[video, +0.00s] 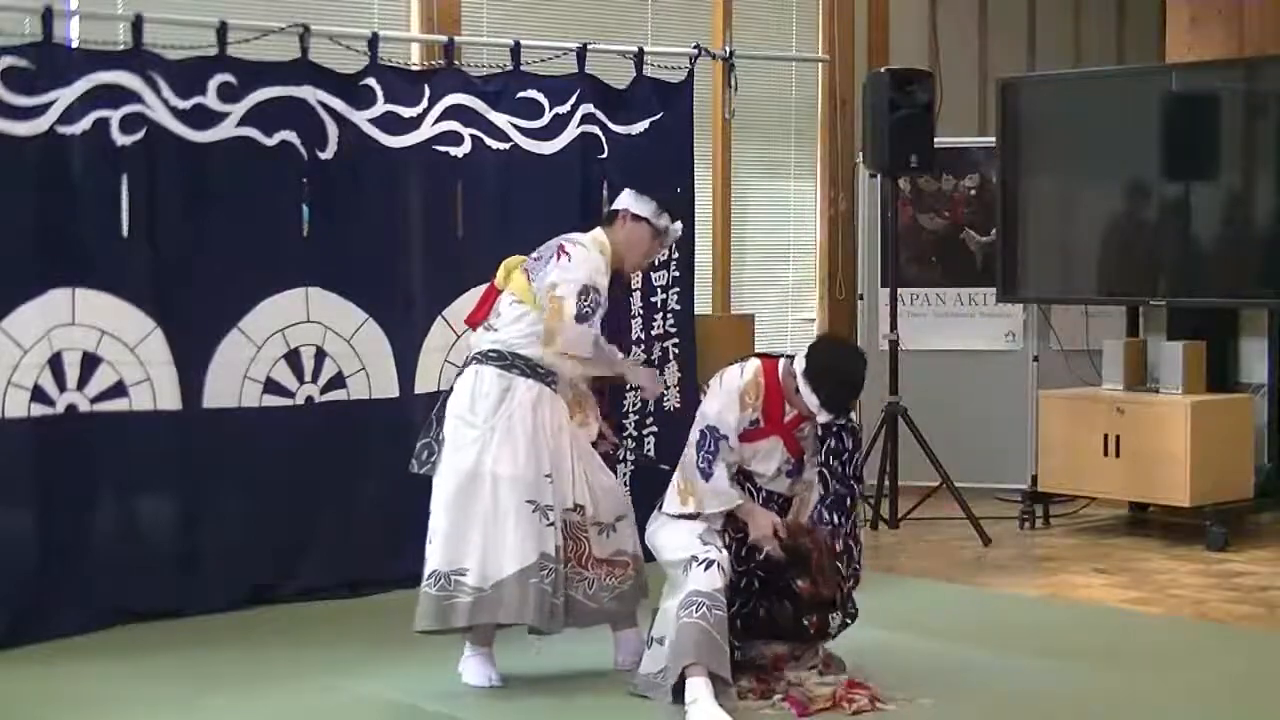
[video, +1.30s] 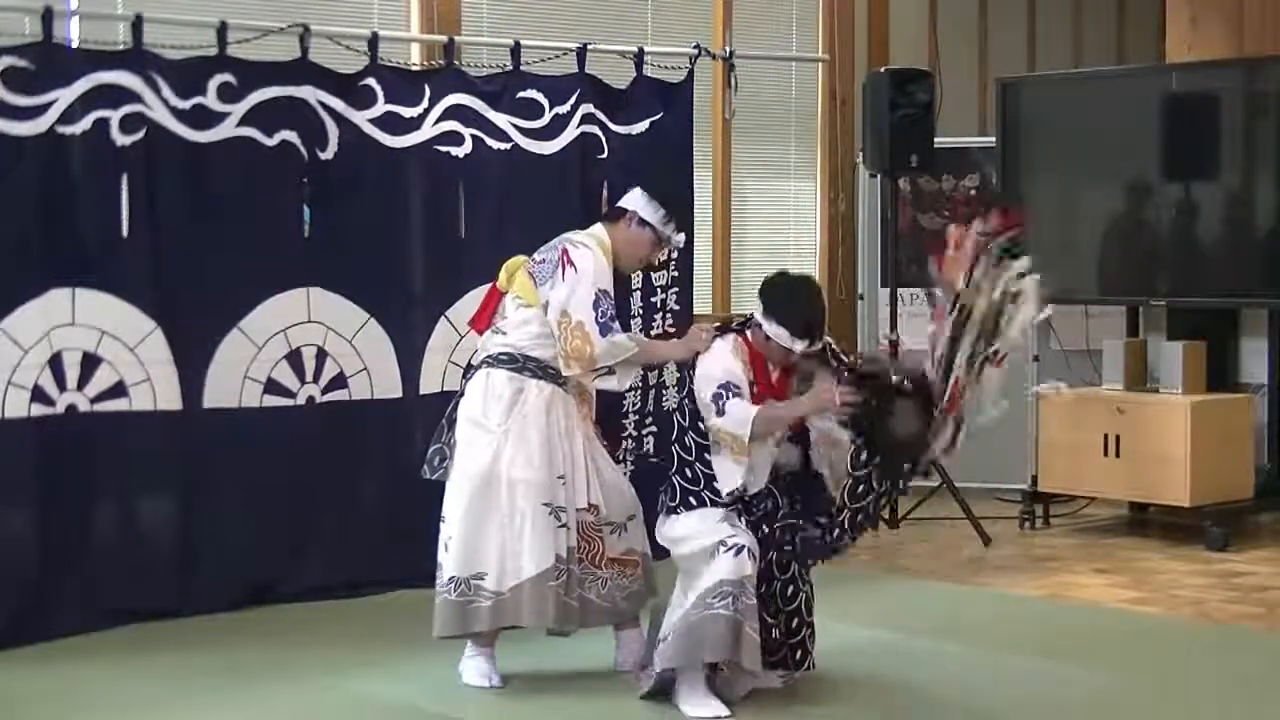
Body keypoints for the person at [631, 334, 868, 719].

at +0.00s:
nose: (818, 417)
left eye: (829, 412)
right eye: (814, 406)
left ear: (844, 395)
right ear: (798, 376)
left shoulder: (825, 414)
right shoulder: (739, 384)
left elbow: (810, 481)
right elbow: (703, 463)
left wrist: (795, 531)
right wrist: (748, 511)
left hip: (758, 522)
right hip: (693, 514)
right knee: (708, 564)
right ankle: (698, 690)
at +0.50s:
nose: (815, 371)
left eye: (824, 364)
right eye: (809, 360)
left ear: (837, 354)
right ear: (788, 337)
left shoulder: (831, 386)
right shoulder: (737, 370)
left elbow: (833, 459)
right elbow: (711, 456)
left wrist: (808, 521)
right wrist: (751, 504)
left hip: (781, 516)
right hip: (709, 508)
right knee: (712, 565)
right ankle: (699, 688)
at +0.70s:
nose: (775, 332)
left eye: (788, 325)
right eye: (772, 321)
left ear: (805, 322)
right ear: (759, 309)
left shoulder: (819, 364)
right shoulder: (726, 351)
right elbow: (739, 405)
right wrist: (807, 398)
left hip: (789, 511)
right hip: (716, 503)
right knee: (722, 562)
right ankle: (700, 690)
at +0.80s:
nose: (803, 332)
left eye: (806, 322)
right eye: (796, 322)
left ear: (807, 318)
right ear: (761, 314)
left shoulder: (785, 363)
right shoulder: (723, 347)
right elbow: (742, 375)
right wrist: (804, 347)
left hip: (759, 514)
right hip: (705, 509)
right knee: (726, 567)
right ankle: (701, 689)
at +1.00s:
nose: (813, 335)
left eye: (824, 327)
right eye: (807, 323)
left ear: (831, 329)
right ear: (782, 315)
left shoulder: (827, 357)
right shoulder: (730, 348)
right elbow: (750, 338)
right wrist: (792, 292)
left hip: (763, 504)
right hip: (704, 499)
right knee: (726, 569)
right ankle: (701, 692)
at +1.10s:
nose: (816, 339)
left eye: (824, 330)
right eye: (809, 325)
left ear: (818, 329)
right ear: (779, 318)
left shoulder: (821, 362)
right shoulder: (730, 343)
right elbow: (740, 368)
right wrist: (797, 317)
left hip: (774, 498)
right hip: (711, 497)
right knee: (724, 566)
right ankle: (702, 679)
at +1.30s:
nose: (793, 357)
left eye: (802, 349)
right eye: (786, 346)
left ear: (813, 336)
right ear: (761, 327)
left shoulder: (804, 365)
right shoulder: (720, 357)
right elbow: (737, 422)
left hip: (758, 507)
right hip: (697, 504)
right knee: (736, 550)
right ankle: (691, 680)